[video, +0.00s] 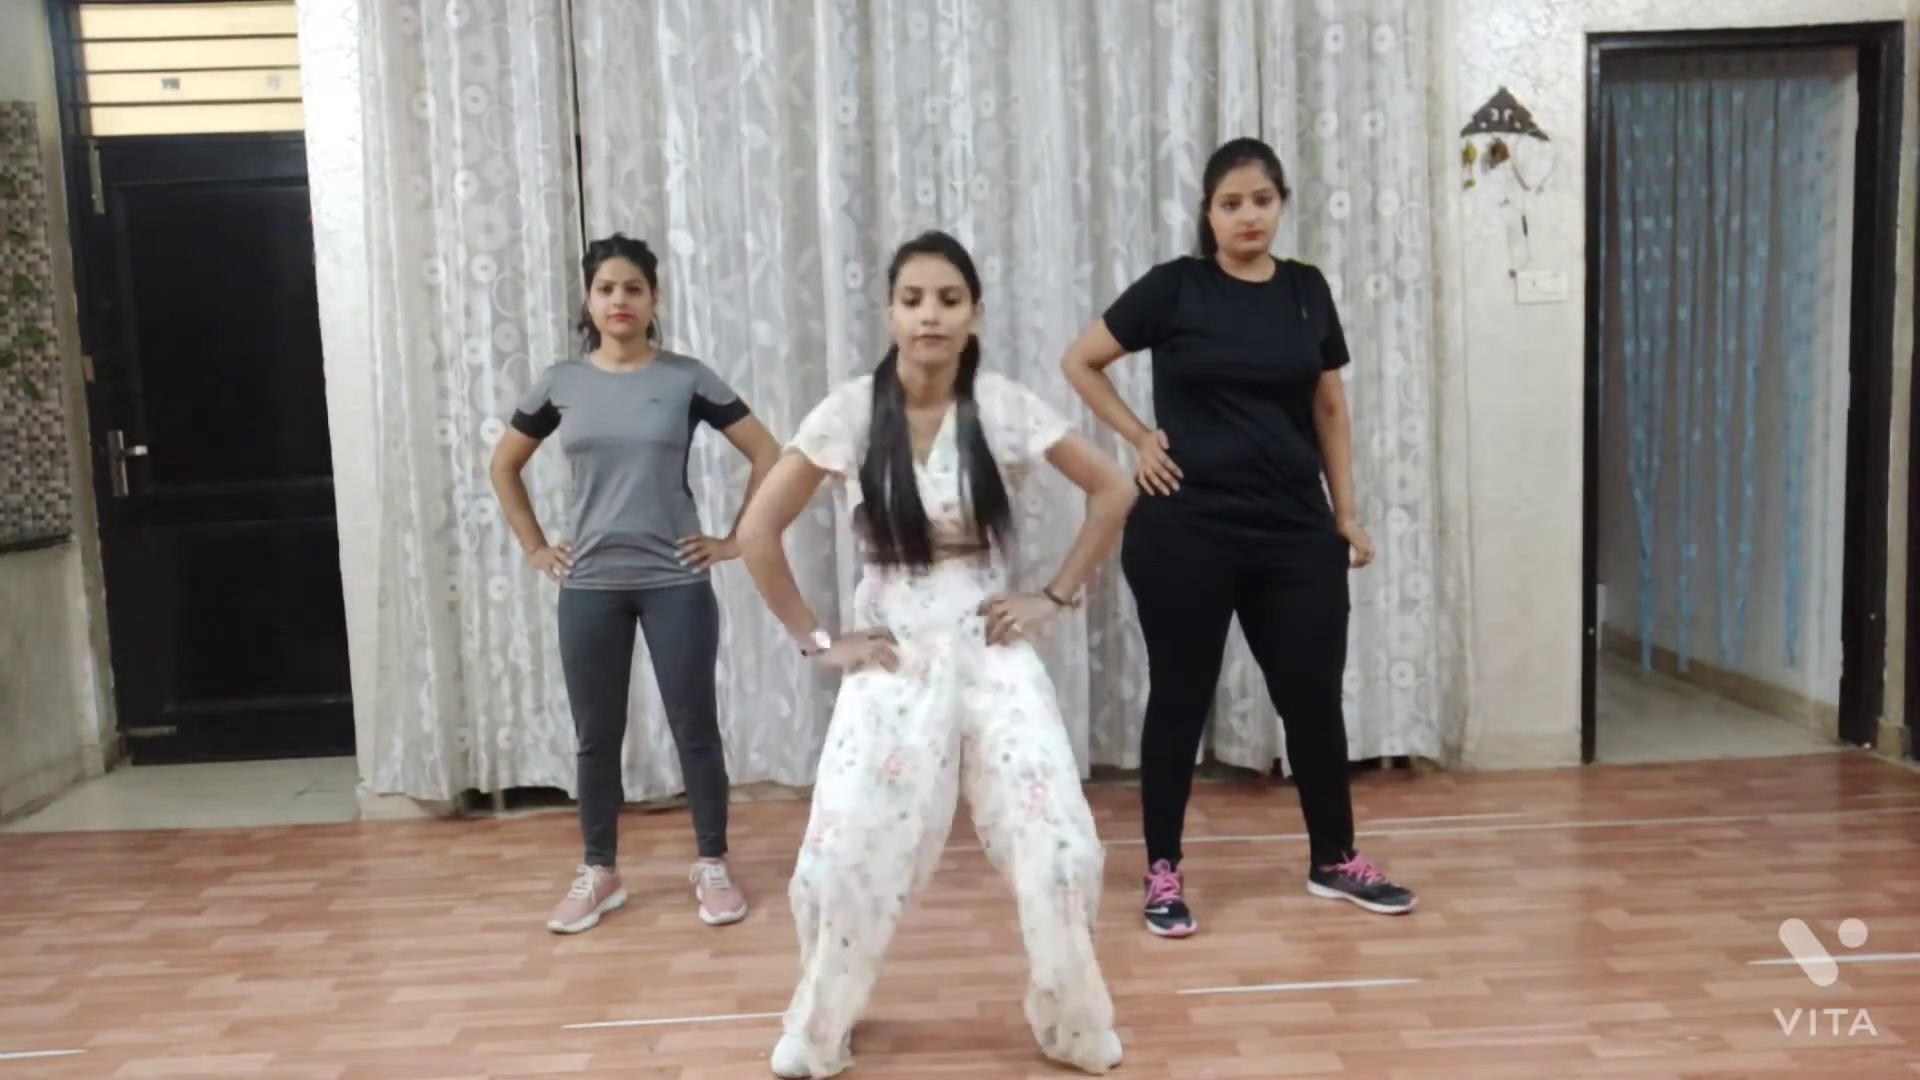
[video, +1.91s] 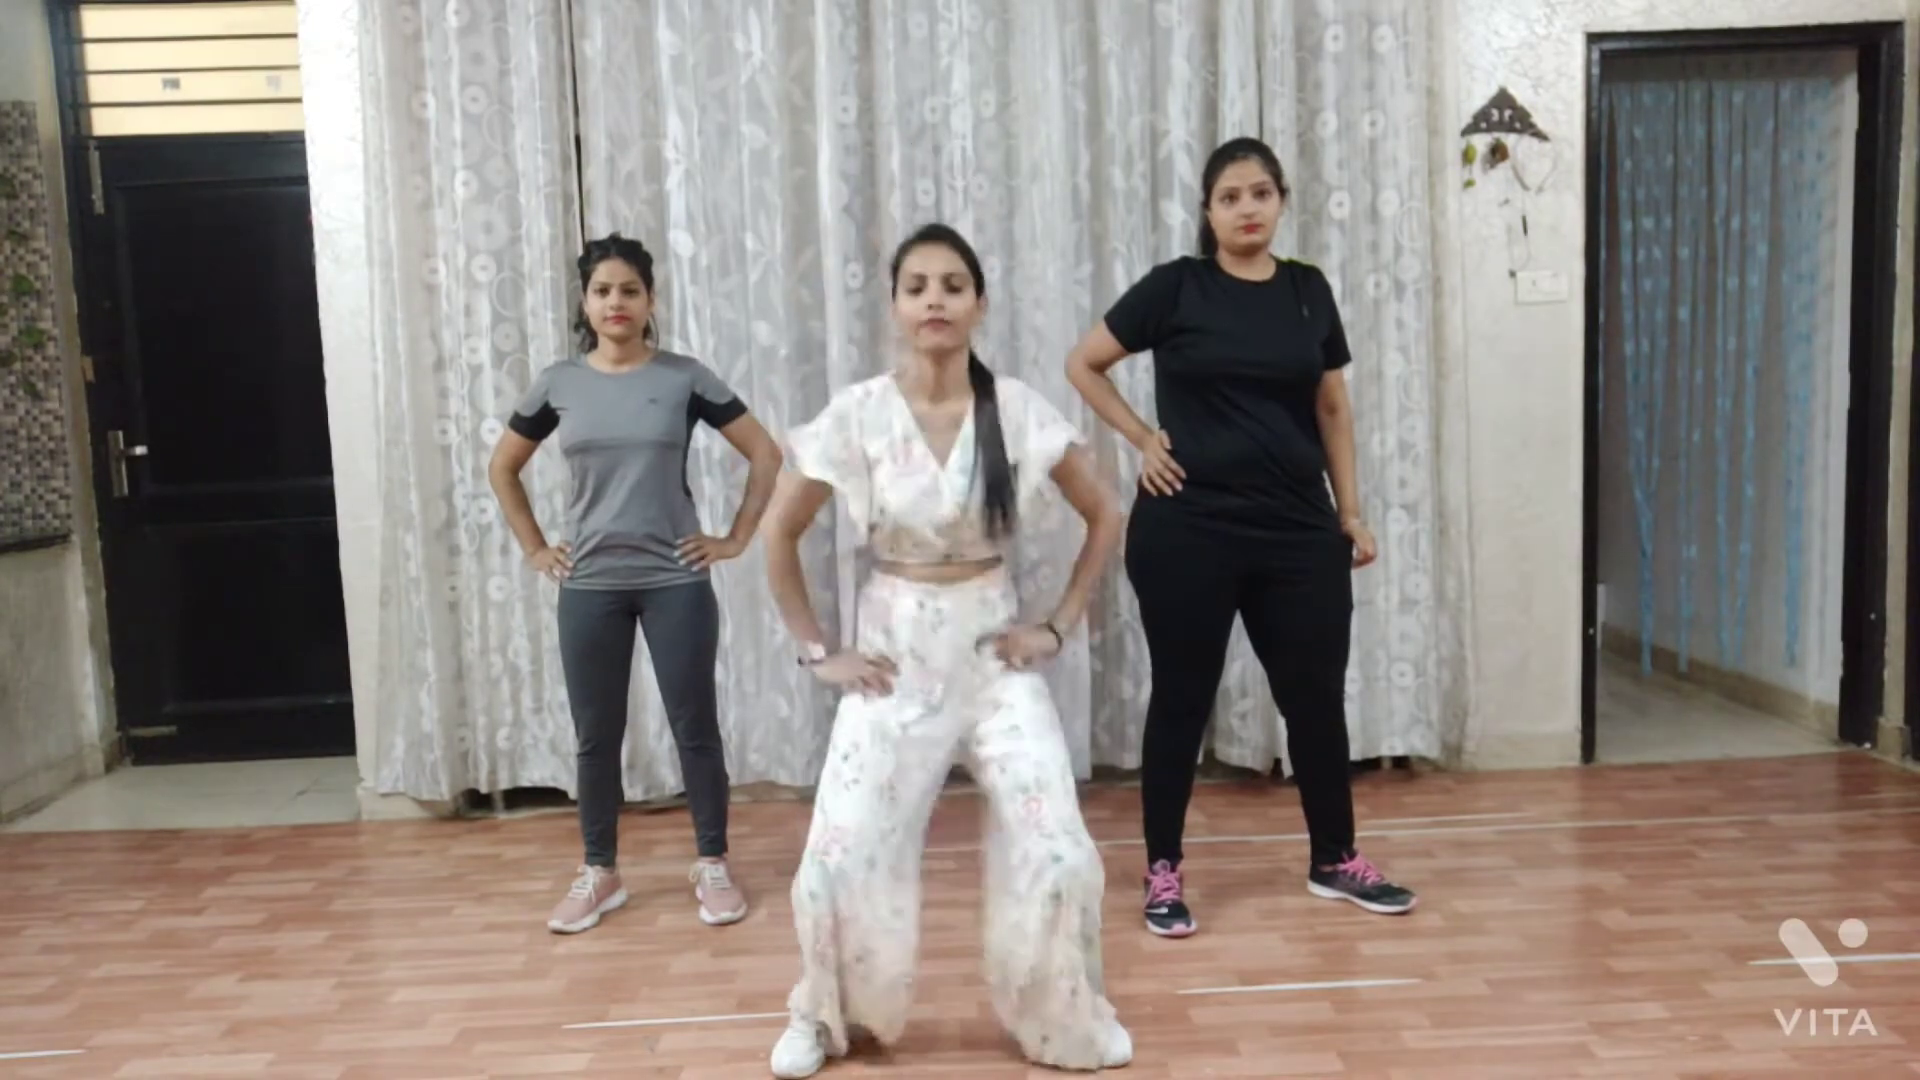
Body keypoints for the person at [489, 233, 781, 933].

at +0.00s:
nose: (620, 300)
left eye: (633, 288)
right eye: (606, 289)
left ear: (654, 299)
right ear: (587, 301)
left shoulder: (688, 379)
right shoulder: (562, 383)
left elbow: (769, 456)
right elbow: (503, 465)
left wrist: (736, 539)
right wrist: (537, 547)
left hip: (675, 575)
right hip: (591, 579)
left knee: (695, 729)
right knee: (596, 736)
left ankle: (712, 866)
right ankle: (599, 871)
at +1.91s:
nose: (616, 302)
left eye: (629, 290)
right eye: (603, 291)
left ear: (651, 300)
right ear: (584, 302)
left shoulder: (686, 378)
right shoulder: (558, 384)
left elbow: (766, 455)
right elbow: (502, 468)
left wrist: (736, 538)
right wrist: (537, 549)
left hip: (675, 574)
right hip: (590, 579)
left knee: (695, 727)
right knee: (596, 736)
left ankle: (712, 866)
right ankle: (599, 872)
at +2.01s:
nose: (616, 302)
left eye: (629, 290)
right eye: (602, 291)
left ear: (650, 301)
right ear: (584, 303)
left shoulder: (685, 379)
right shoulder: (558, 384)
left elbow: (768, 458)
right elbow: (502, 469)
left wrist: (736, 538)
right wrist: (537, 548)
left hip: (675, 575)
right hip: (589, 580)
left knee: (695, 727)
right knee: (596, 737)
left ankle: (712, 865)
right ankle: (599, 872)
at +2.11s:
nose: (615, 302)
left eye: (629, 290)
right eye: (602, 290)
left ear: (650, 301)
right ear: (584, 302)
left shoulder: (685, 379)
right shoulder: (558, 385)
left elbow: (769, 457)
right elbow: (503, 469)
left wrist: (737, 538)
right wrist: (538, 549)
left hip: (675, 576)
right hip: (589, 581)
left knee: (694, 726)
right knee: (595, 736)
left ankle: (713, 865)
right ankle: (599, 872)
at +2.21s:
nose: (616, 302)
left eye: (629, 291)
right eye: (603, 291)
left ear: (650, 301)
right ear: (585, 303)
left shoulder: (686, 379)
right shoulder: (558, 384)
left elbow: (763, 451)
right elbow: (503, 468)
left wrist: (736, 536)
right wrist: (536, 549)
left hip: (675, 575)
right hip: (589, 580)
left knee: (693, 725)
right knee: (595, 737)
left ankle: (712, 865)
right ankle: (599, 872)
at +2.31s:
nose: (616, 302)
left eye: (629, 290)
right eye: (602, 290)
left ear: (650, 300)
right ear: (584, 302)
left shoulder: (685, 381)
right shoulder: (558, 384)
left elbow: (764, 452)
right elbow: (502, 468)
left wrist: (739, 536)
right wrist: (537, 548)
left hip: (674, 575)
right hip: (589, 580)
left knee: (694, 728)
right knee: (596, 738)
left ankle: (713, 865)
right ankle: (599, 872)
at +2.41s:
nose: (616, 302)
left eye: (629, 290)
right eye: (603, 291)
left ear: (650, 302)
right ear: (584, 303)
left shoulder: (688, 381)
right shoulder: (558, 385)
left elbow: (763, 455)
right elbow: (503, 468)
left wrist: (734, 535)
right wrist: (538, 550)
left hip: (675, 575)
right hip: (589, 580)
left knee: (694, 726)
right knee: (595, 737)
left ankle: (712, 866)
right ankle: (599, 872)